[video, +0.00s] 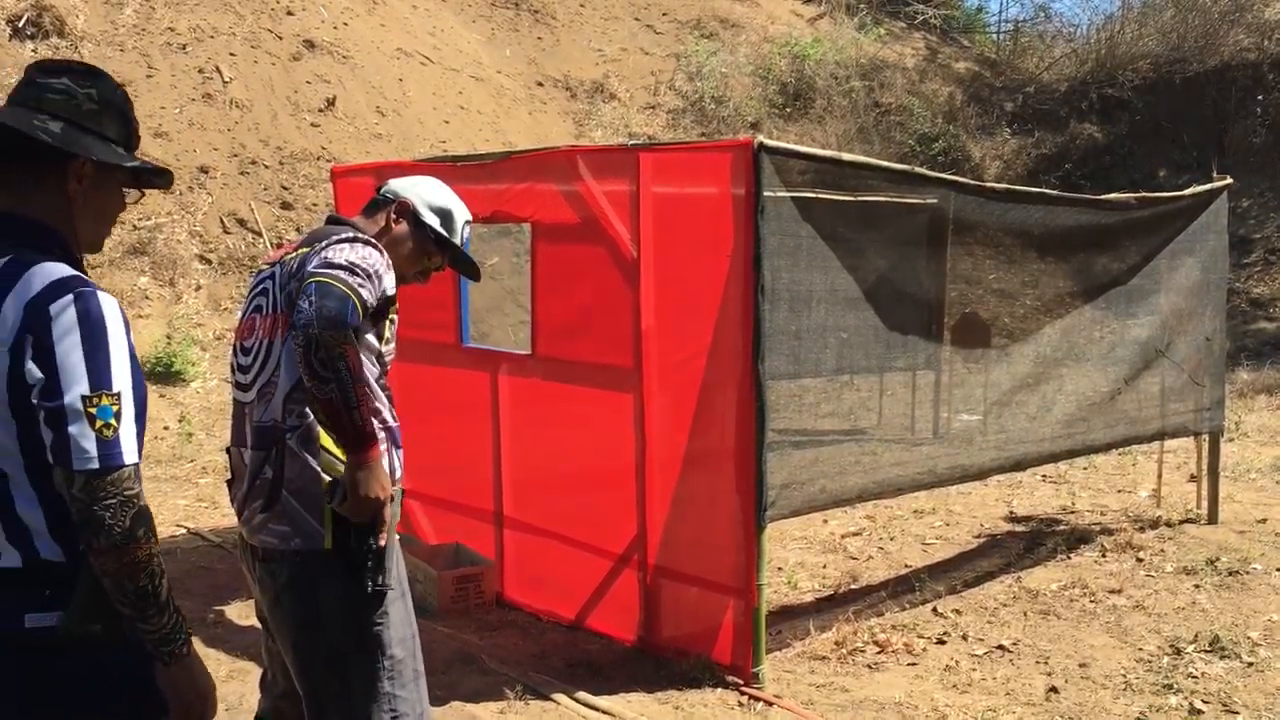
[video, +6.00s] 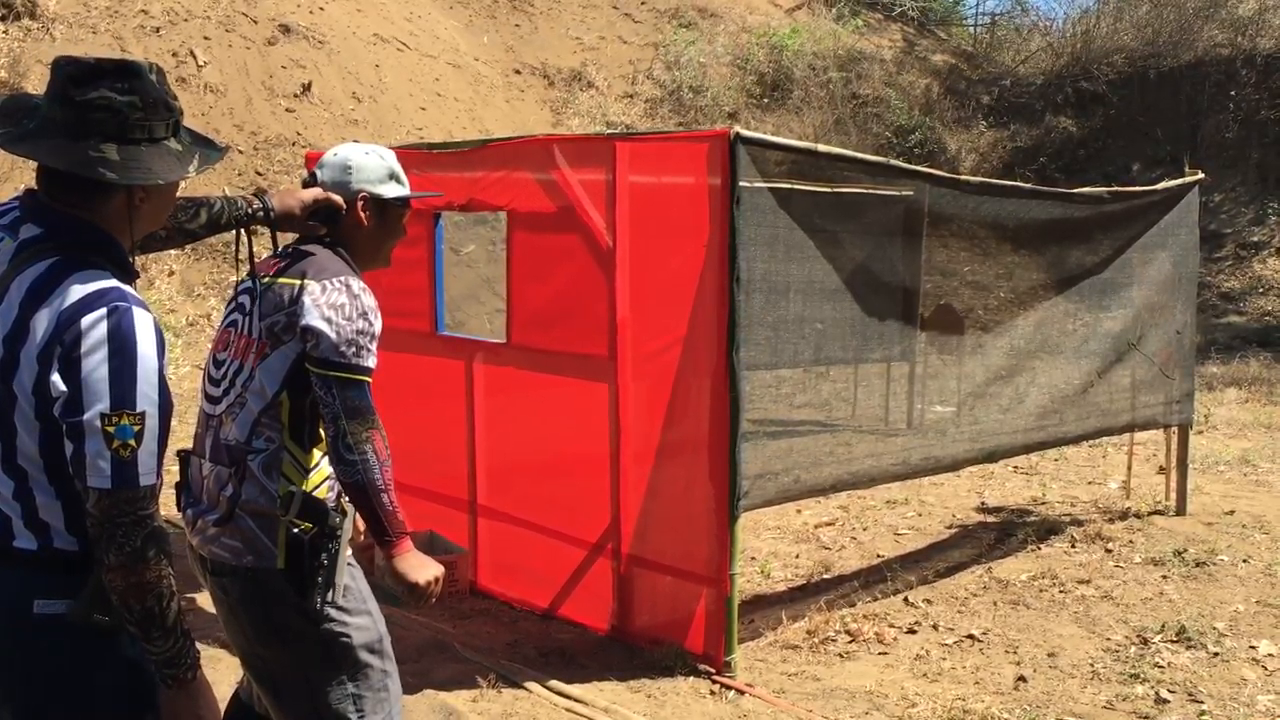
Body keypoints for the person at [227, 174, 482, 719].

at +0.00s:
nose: (424, 275)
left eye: (436, 266)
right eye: (427, 255)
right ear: (397, 218)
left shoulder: (280, 267)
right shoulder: (358, 251)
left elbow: (253, 410)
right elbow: (323, 326)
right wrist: (367, 456)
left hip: (277, 541)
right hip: (336, 539)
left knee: (293, 705)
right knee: (384, 707)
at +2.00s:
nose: (390, 220)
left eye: (394, 205)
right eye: (388, 202)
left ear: (329, 190)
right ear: (349, 193)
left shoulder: (251, 255)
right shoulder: (320, 272)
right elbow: (358, 414)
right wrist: (423, 518)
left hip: (228, 532)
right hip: (288, 540)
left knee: (264, 695)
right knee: (345, 702)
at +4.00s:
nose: (400, 223)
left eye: (401, 208)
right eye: (395, 207)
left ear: (334, 202)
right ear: (357, 207)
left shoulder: (265, 267)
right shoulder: (337, 287)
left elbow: (275, 407)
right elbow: (352, 431)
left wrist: (335, 494)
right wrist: (402, 544)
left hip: (221, 528)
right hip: (279, 538)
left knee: (286, 693)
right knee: (363, 696)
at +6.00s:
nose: (406, 228)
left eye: (407, 213)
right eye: (400, 212)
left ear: (340, 210)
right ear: (360, 211)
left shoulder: (274, 270)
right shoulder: (339, 291)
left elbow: (281, 413)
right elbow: (353, 435)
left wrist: (343, 509)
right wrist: (402, 547)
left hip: (224, 526)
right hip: (281, 540)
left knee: (276, 686)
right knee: (366, 698)